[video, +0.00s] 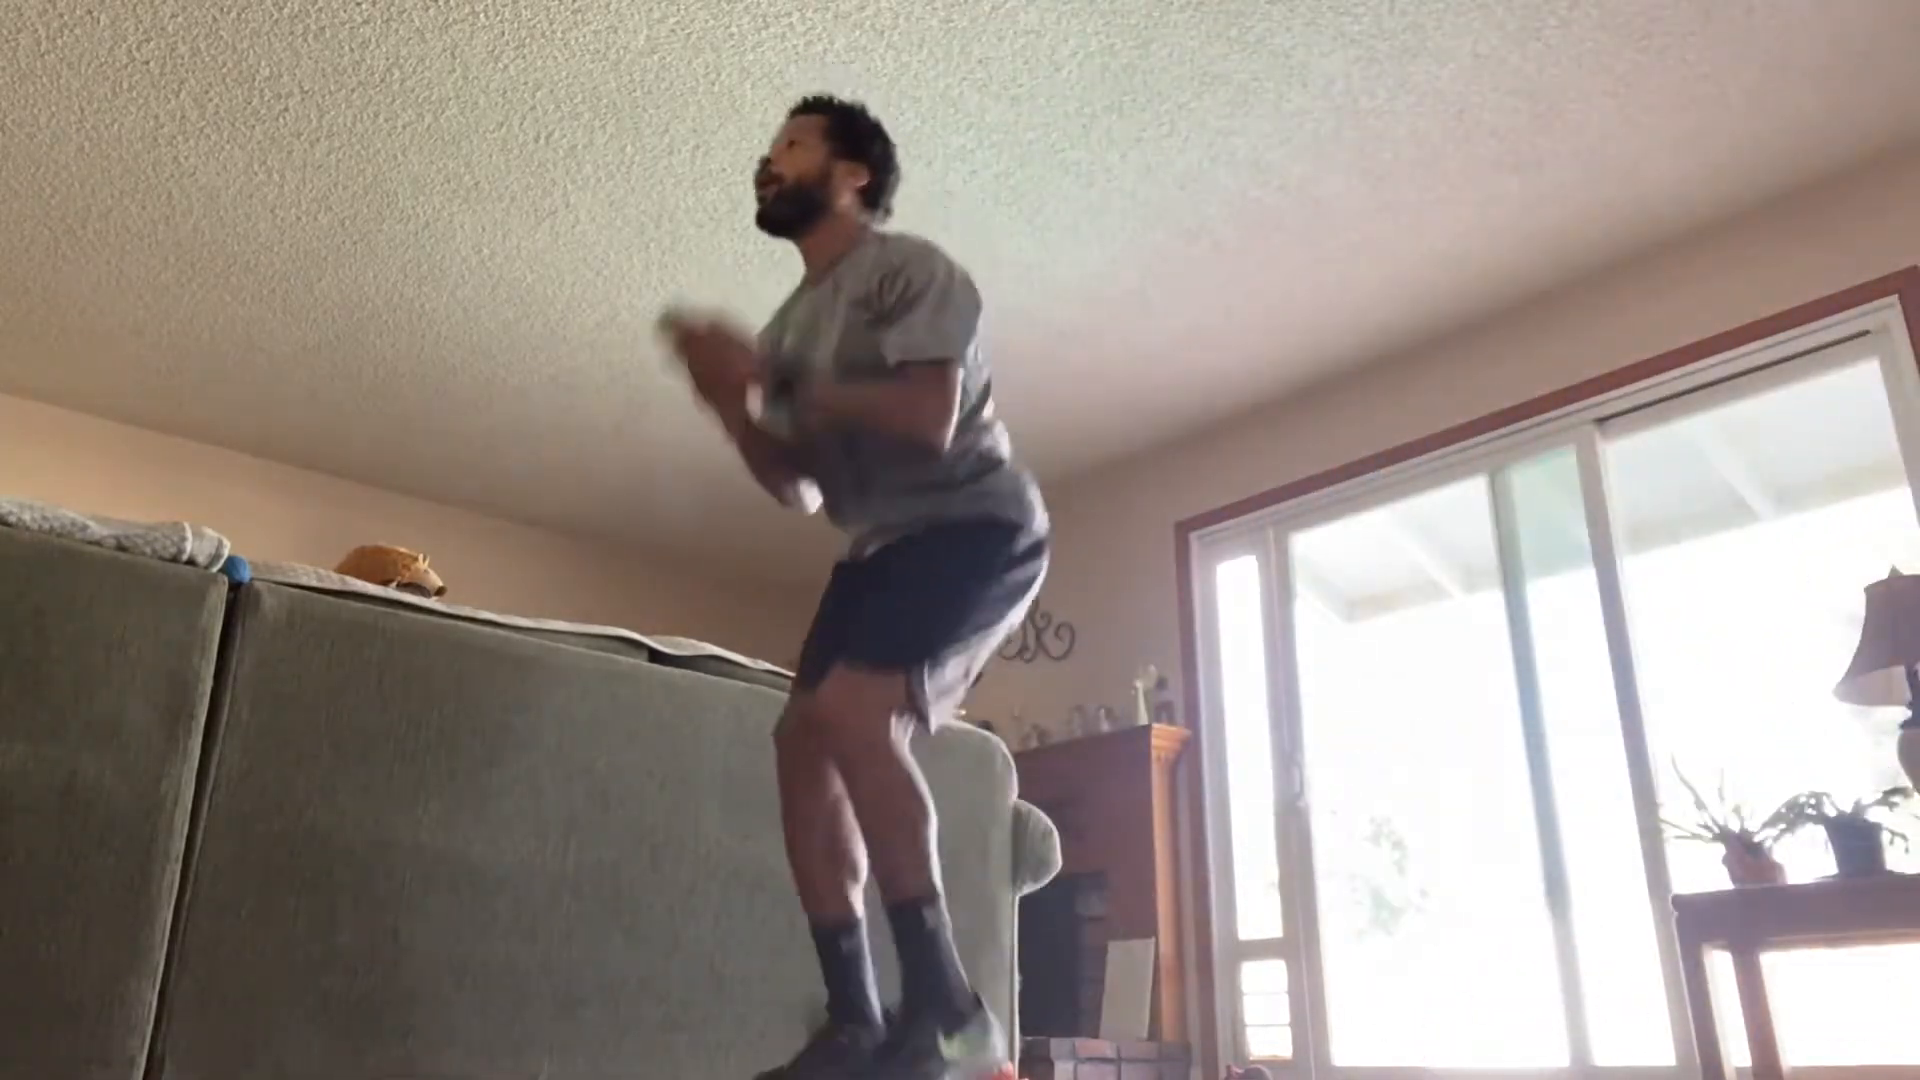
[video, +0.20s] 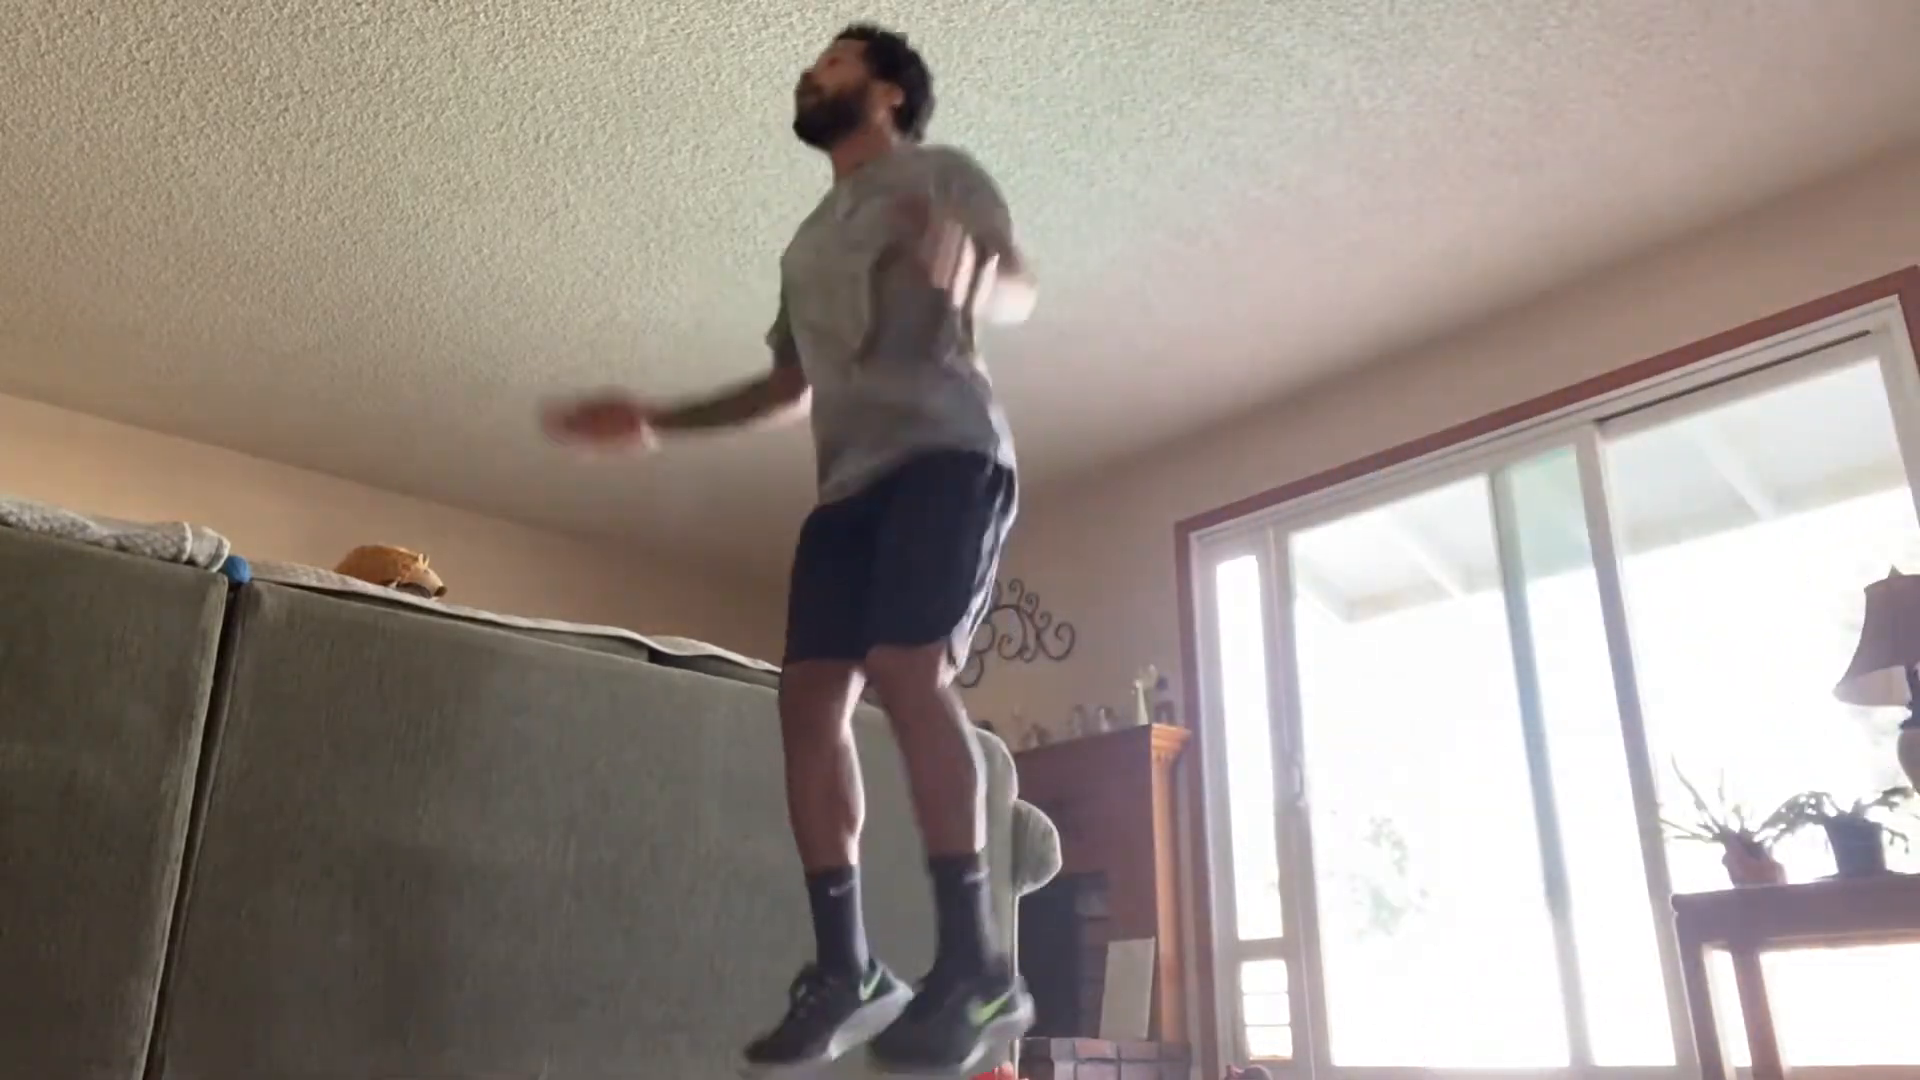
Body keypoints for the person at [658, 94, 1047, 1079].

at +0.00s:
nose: (767, 164)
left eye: (792, 149)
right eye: (770, 151)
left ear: (856, 177)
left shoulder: (916, 268)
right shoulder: (785, 333)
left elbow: (928, 415)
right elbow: (792, 482)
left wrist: (779, 385)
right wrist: (728, 405)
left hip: (973, 525)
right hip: (880, 547)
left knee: (852, 711)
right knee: (802, 739)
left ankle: (942, 995)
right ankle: (856, 1022)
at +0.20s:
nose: (808, 72)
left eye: (833, 57)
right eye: (812, 63)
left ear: (891, 91)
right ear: (831, 106)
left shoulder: (939, 170)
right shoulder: (807, 247)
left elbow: (1016, 286)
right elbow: (783, 385)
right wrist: (655, 419)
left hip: (947, 455)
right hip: (847, 484)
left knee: (909, 672)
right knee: (811, 702)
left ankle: (975, 970)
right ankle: (841, 971)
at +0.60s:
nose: (846, 106)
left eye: (870, 97)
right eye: (850, 100)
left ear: (923, 127)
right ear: (867, 140)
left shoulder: (950, 187)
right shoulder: (831, 259)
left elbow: (1028, 82)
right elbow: (733, 306)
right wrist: (667, 201)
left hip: (958, 495)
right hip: (854, 521)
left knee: (983, 703)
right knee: (812, 752)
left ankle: (1118, 962)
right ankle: (824, 991)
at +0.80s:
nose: (803, 70)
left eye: (829, 59)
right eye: (807, 62)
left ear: (883, 93)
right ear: (821, 111)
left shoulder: (942, 178)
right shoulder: (807, 243)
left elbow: (1017, 301)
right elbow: (827, 399)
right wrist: (735, 454)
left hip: (956, 456)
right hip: (859, 482)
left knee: (928, 671)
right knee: (844, 701)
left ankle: (1000, 965)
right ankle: (893, 973)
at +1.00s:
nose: (811, 96)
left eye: (835, 84)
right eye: (814, 88)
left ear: (889, 119)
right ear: (835, 130)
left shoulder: (936, 202)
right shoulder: (811, 275)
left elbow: (1006, 332)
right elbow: (829, 418)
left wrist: (933, 394)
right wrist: (756, 486)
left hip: (945, 495)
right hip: (851, 522)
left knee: (903, 703)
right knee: (841, 724)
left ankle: (987, 984)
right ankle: (908, 1002)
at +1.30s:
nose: (850, 105)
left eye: (874, 95)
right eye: (854, 99)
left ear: (925, 118)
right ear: (878, 135)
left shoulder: (954, 185)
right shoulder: (839, 266)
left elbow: (1038, 62)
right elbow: (748, 307)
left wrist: (968, 2)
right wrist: (727, 186)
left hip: (941, 483)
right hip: (842, 506)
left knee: (942, 694)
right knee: (785, 742)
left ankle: (1081, 962)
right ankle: (816, 993)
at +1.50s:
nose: (850, 138)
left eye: (872, 128)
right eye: (852, 130)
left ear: (922, 155)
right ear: (877, 170)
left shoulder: (954, 228)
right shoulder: (841, 284)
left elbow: (1025, 93)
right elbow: (731, 298)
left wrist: (951, 9)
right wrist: (745, 158)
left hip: (939, 519)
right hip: (842, 547)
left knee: (931, 723)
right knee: (785, 771)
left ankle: (1081, 973)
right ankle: (817, 1023)